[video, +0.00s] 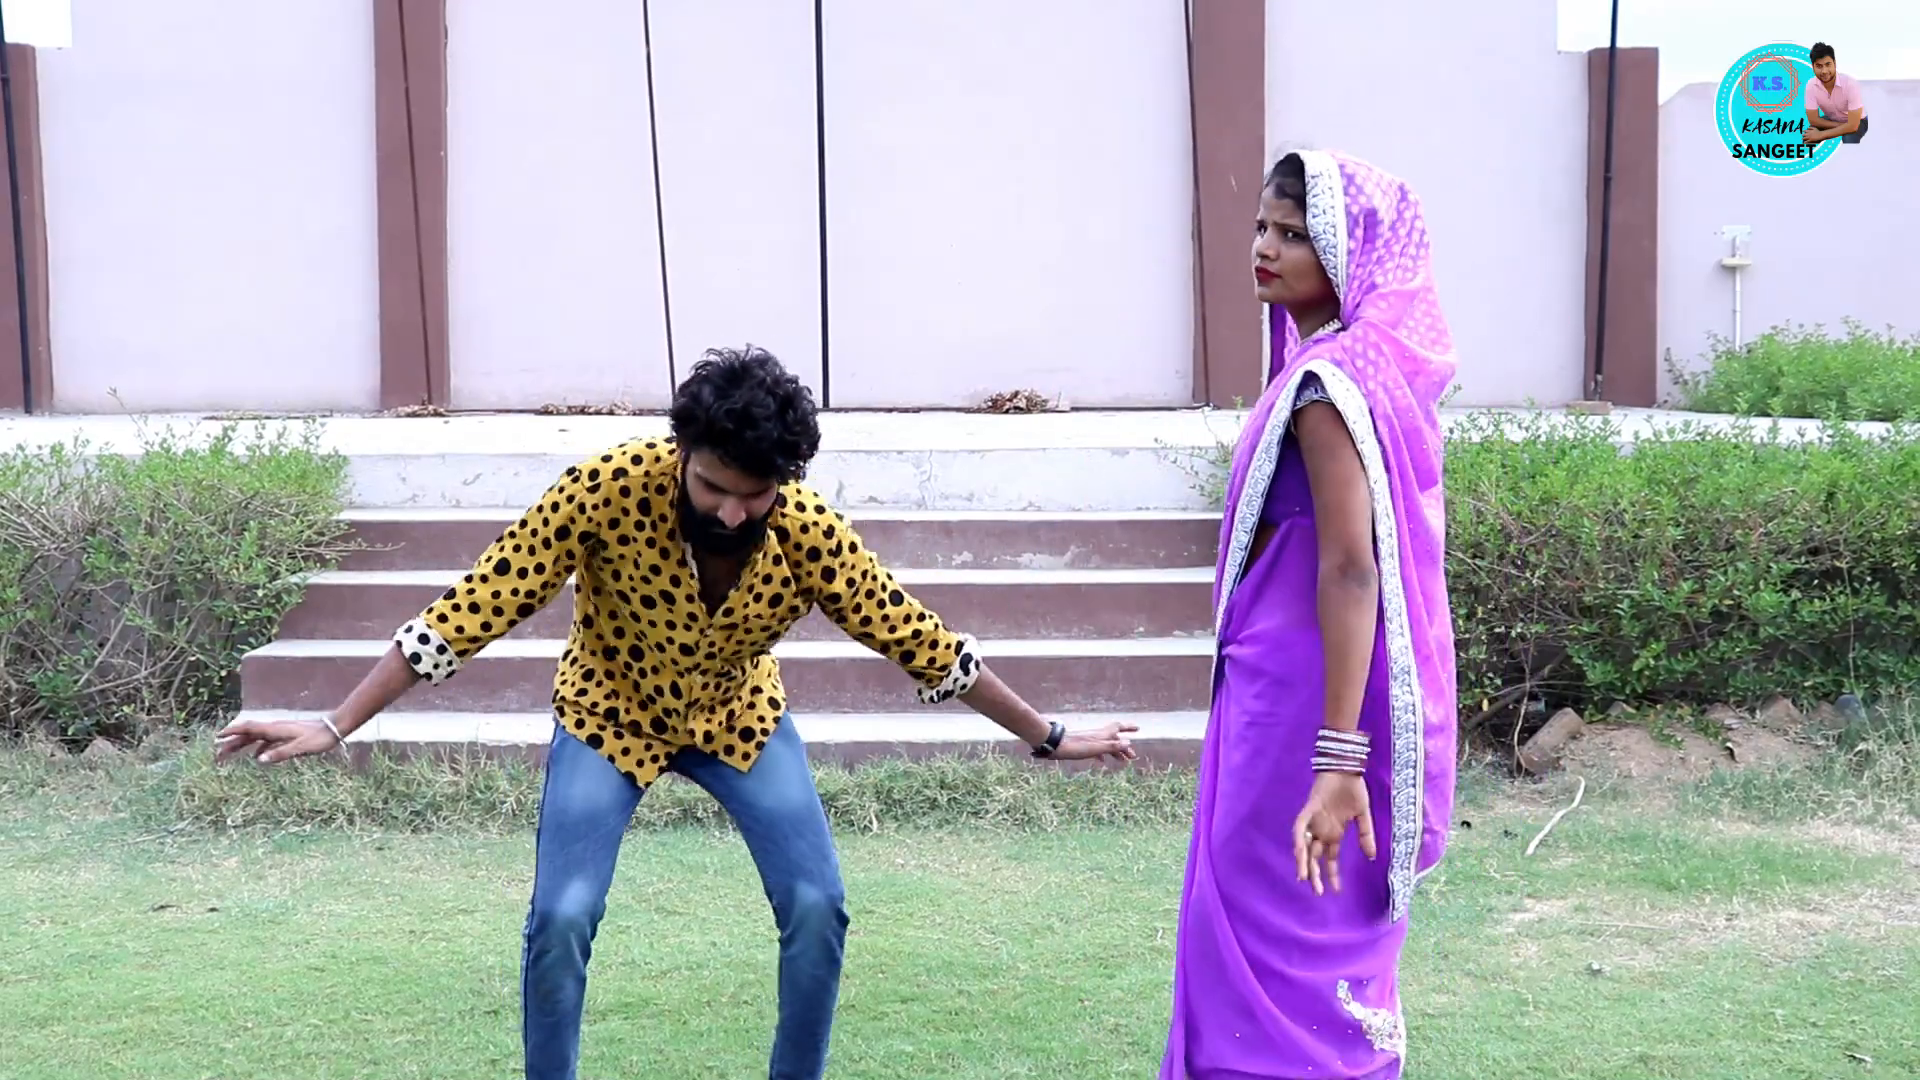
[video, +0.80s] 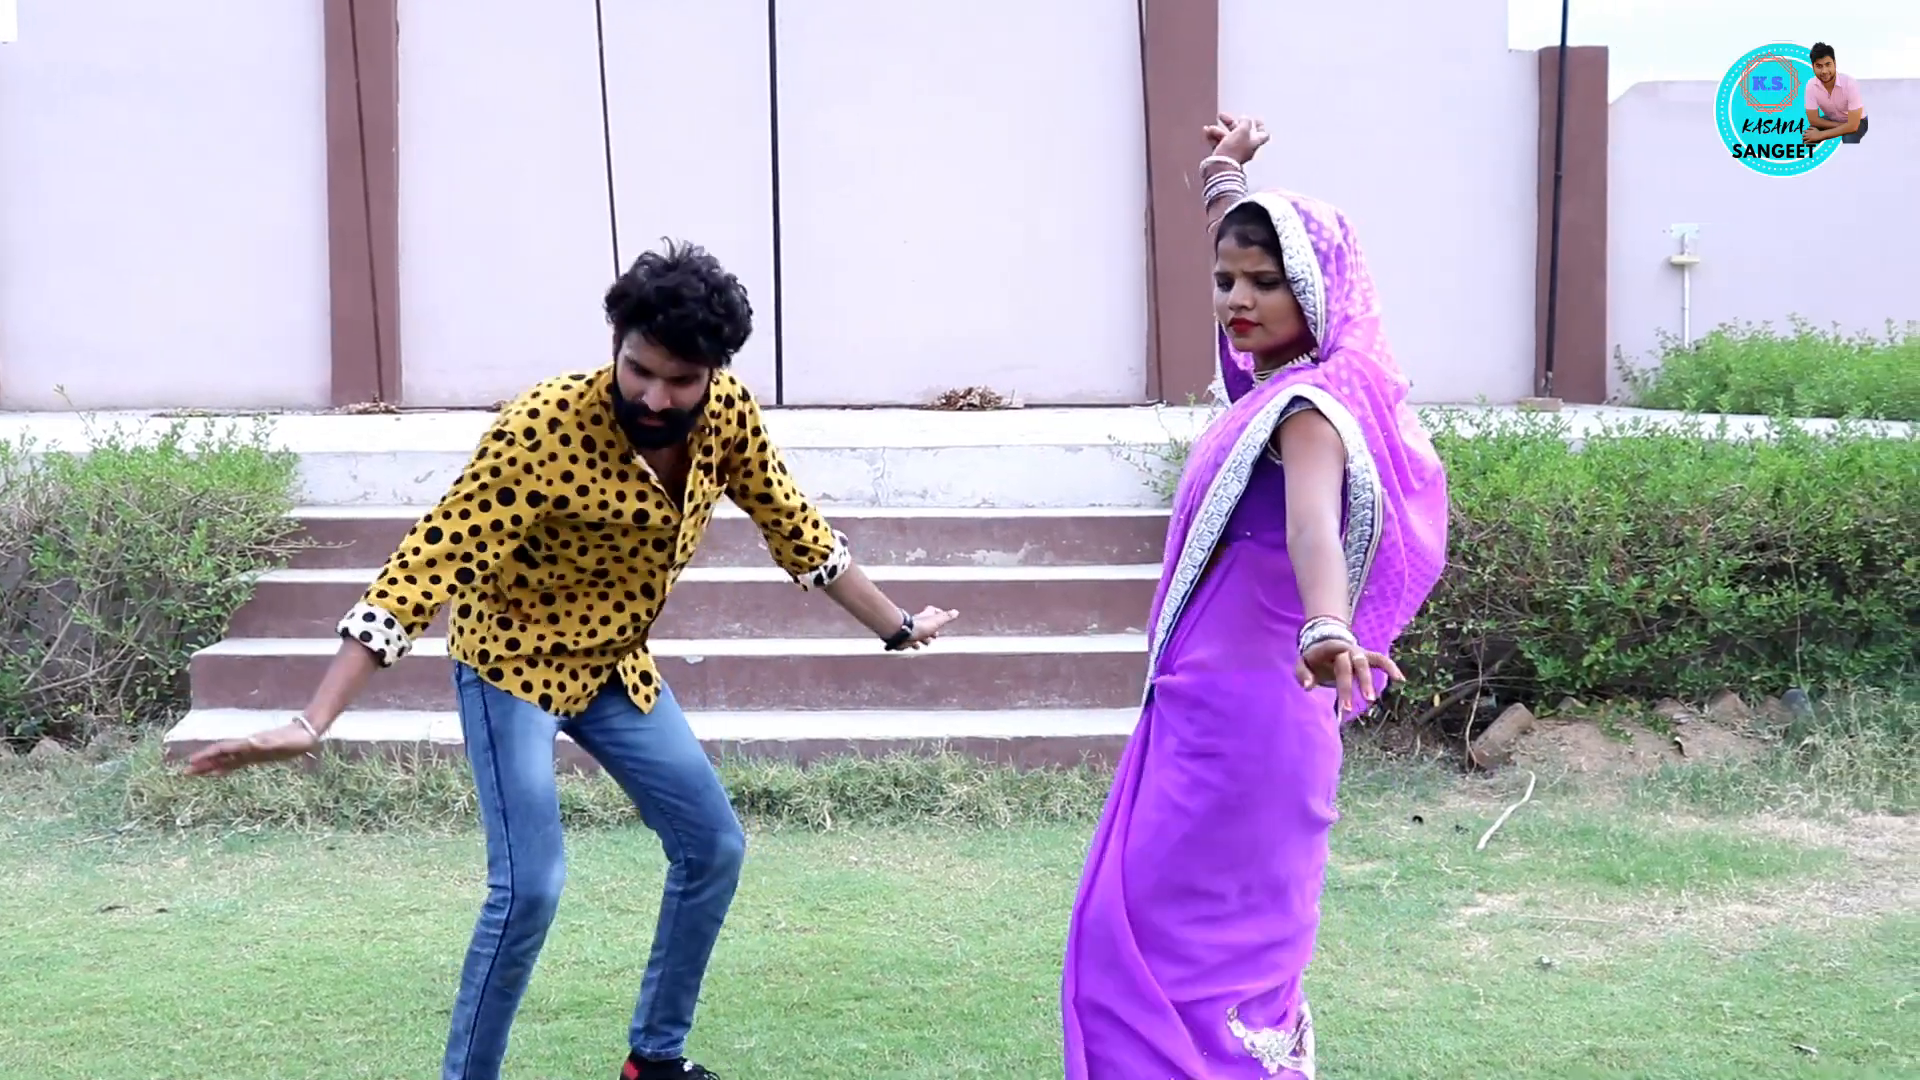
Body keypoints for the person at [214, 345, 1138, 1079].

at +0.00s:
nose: (734, 511)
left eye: (757, 496)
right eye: (717, 487)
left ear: (786, 474)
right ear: (681, 445)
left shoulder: (805, 528)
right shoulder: (610, 488)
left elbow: (917, 641)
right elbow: (477, 605)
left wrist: (1044, 734)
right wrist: (332, 723)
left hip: (738, 712)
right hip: (607, 711)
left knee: (818, 906)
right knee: (561, 916)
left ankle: (794, 1078)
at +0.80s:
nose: (655, 396)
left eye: (680, 380)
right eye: (640, 370)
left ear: (714, 369)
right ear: (615, 344)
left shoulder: (726, 419)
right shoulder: (546, 427)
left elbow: (799, 532)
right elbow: (427, 560)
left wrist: (895, 626)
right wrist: (315, 719)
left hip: (611, 662)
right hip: (503, 659)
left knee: (713, 845)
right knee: (529, 888)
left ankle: (656, 1059)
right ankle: (468, 1073)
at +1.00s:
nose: (574, 302)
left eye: (593, 281)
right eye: (550, 281)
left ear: (617, 287)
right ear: (514, 285)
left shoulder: (622, 388)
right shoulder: (467, 400)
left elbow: (718, 489)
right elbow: (361, 532)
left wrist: (835, 551)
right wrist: (244, 652)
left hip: (578, 680)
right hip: (465, 685)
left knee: (673, 876)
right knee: (470, 918)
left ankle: (600, 1066)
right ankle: (413, 1072)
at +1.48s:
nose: (438, 202)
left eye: (452, 183)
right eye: (411, 189)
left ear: (477, 201)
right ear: (375, 220)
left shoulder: (507, 339)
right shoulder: (364, 337)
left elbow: (648, 396)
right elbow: (270, 422)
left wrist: (794, 406)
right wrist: (180, 486)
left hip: (530, 662)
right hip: (423, 671)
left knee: (604, 856)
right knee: (408, 912)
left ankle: (553, 1062)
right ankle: (355, 1070)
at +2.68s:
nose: (367, 223)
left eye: (370, 200)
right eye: (334, 218)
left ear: (390, 206)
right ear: (298, 255)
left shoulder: (462, 334)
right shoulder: (314, 363)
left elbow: (594, 319)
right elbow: (264, 438)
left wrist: (727, 245)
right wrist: (223, 483)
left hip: (513, 663)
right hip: (409, 682)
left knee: (600, 862)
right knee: (426, 932)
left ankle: (560, 1065)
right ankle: (370, 1074)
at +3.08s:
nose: (502, 211)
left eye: (495, 192)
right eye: (474, 202)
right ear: (413, 241)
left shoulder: (523, 317)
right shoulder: (394, 365)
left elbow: (641, 312)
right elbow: (351, 487)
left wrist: (751, 230)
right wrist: (327, 546)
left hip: (556, 663)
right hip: (468, 676)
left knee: (643, 845)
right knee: (490, 918)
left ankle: (611, 1068)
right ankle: (430, 1073)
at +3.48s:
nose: (646, 220)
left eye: (641, 201)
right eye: (631, 205)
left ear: (586, 224)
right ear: (579, 226)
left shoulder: (621, 306)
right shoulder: (516, 361)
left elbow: (703, 271)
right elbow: (470, 516)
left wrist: (804, 212)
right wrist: (500, 589)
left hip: (650, 651)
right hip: (574, 665)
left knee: (725, 833)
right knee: (579, 898)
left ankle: (688, 1056)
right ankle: (508, 1071)